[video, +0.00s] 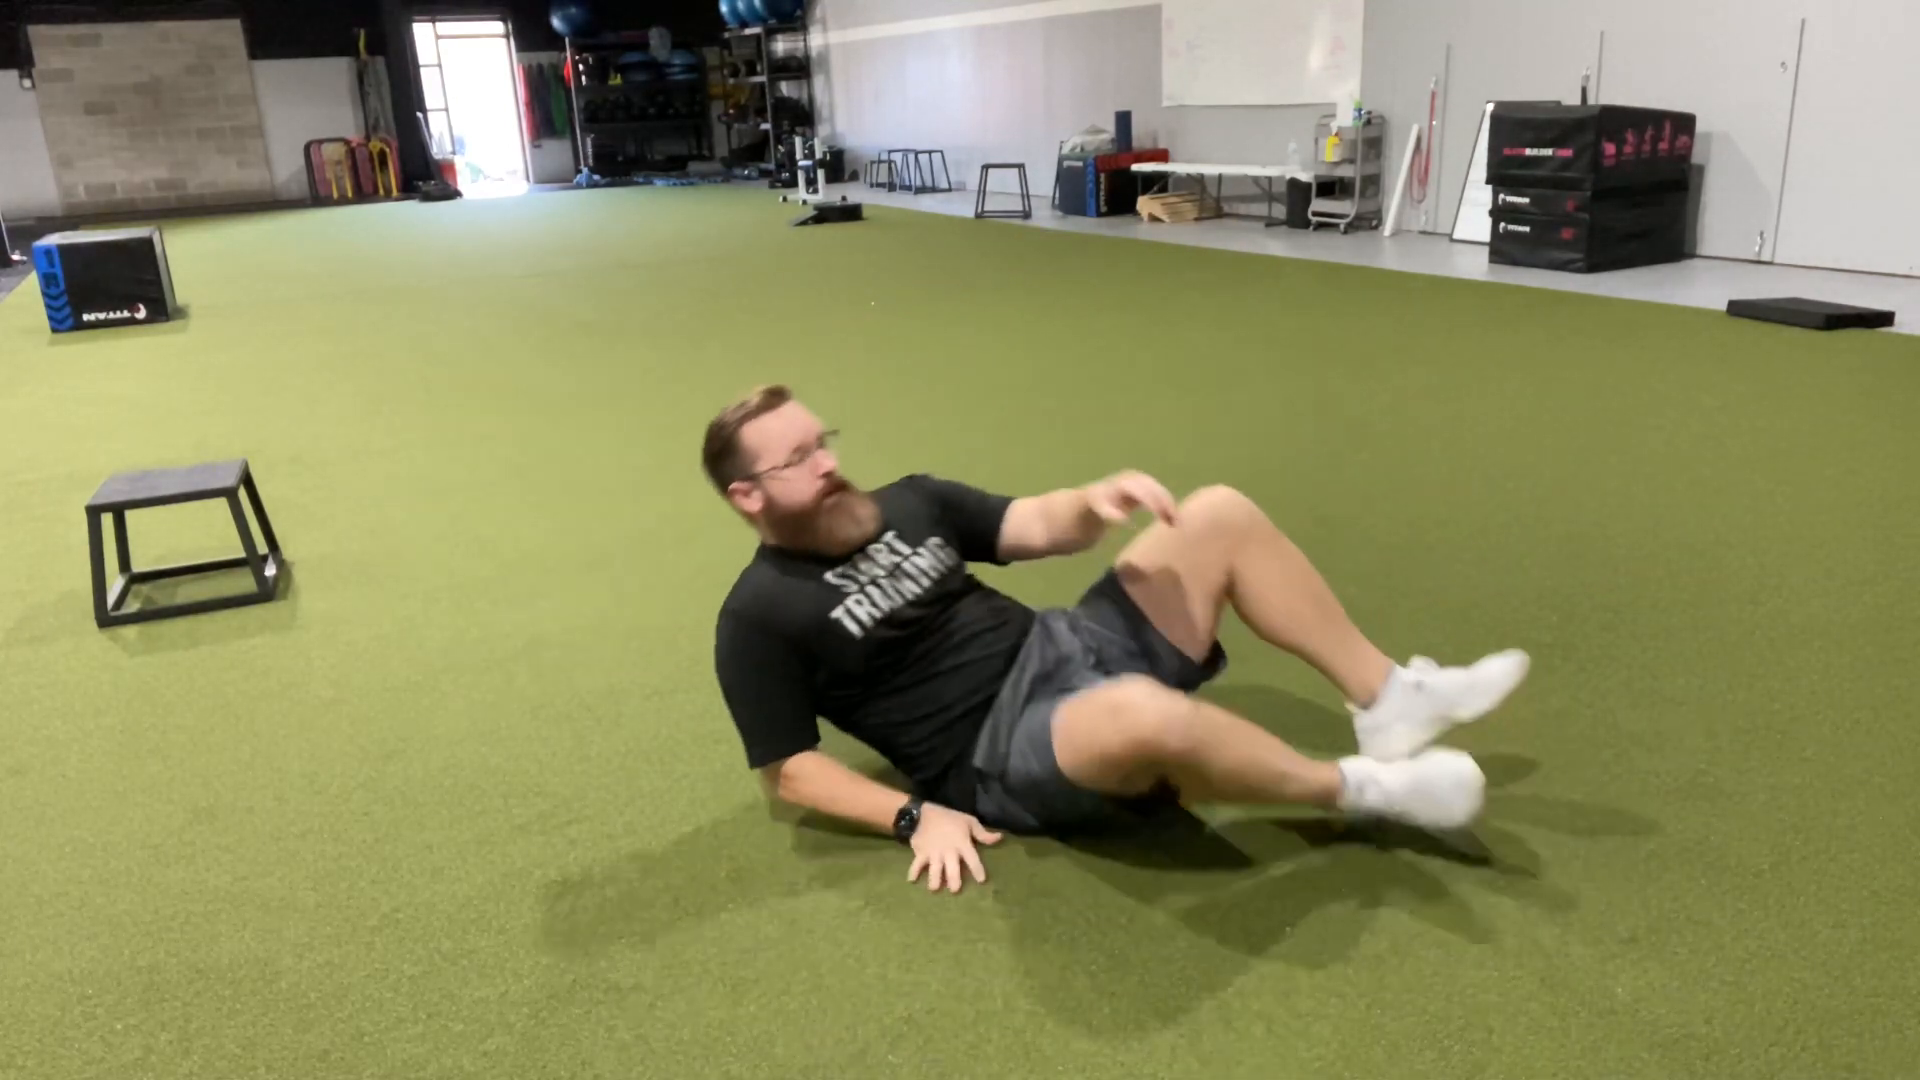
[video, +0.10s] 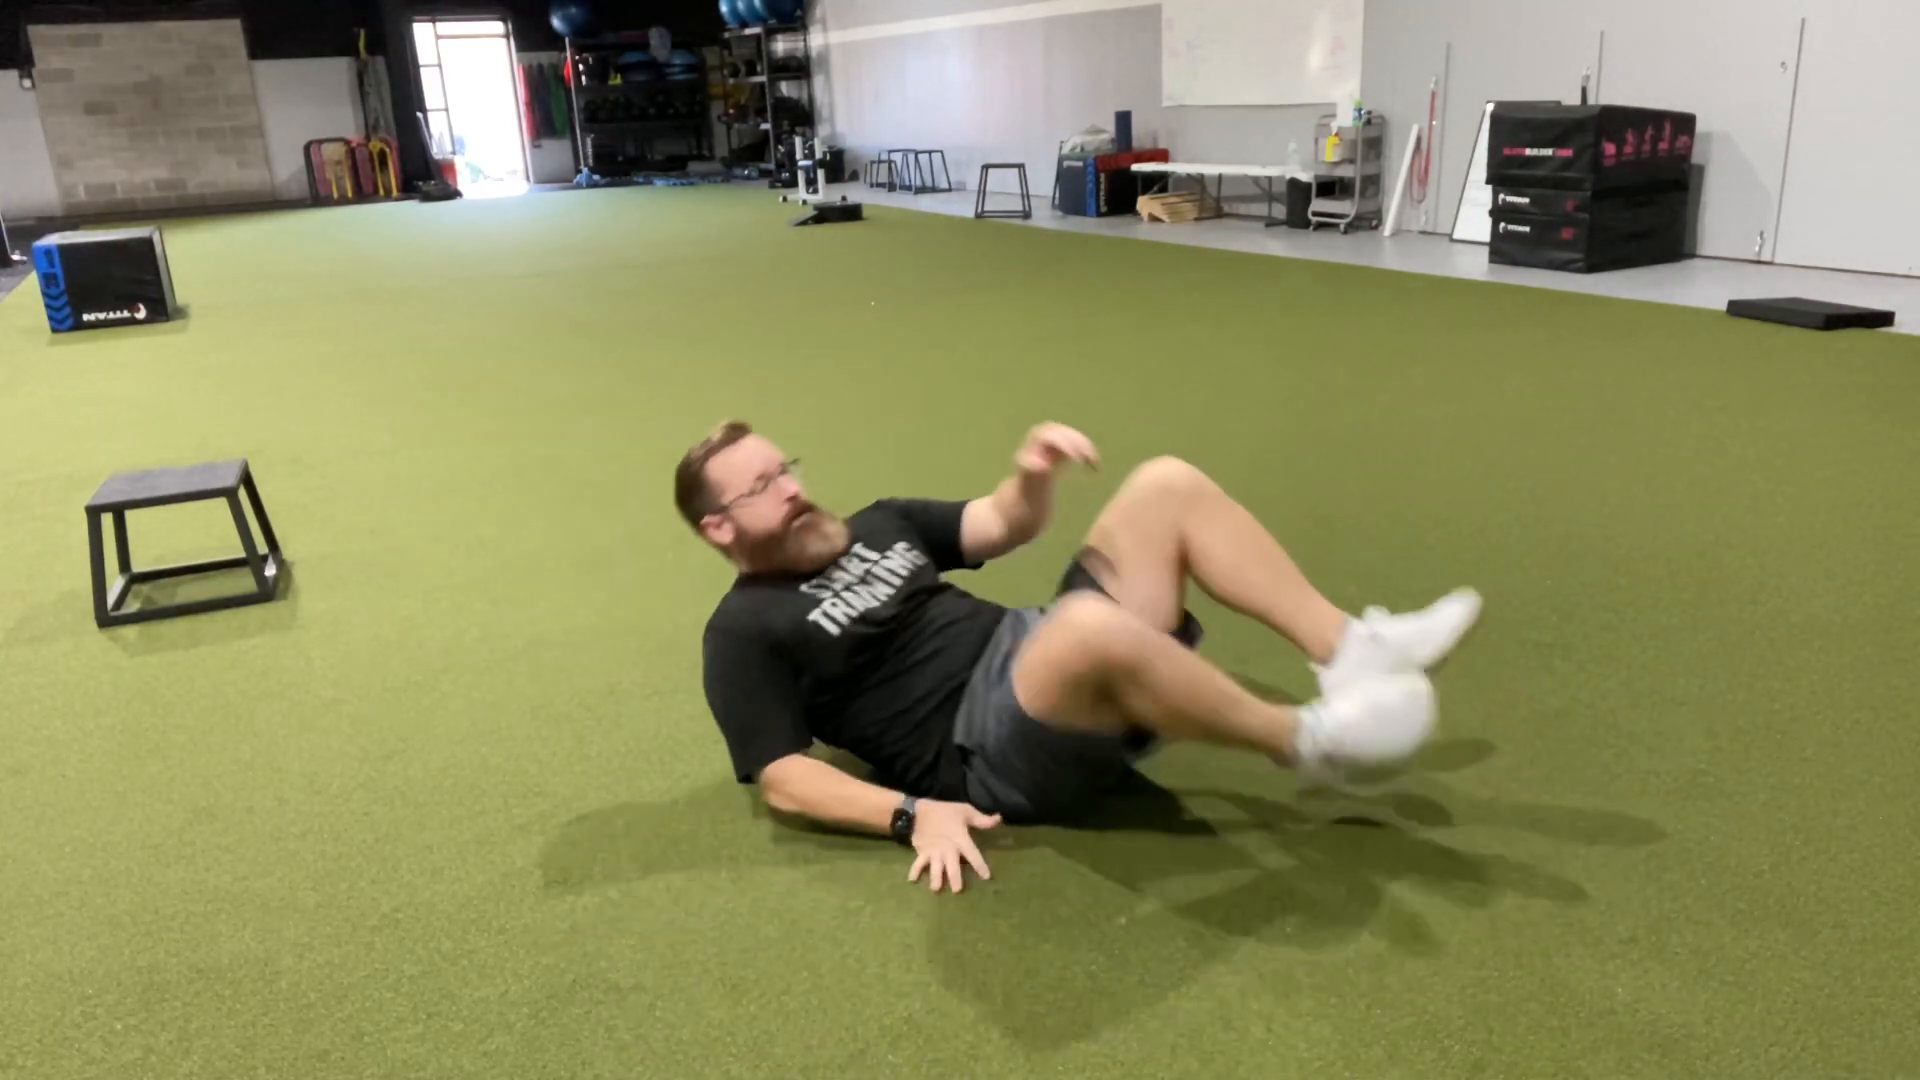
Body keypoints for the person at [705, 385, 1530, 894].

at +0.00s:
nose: (830, 463)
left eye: (824, 443)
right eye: (802, 458)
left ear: (833, 440)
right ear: (748, 499)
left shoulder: (910, 503)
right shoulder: (758, 620)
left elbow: (1032, 526)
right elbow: (788, 771)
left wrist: (1096, 501)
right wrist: (913, 812)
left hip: (1071, 643)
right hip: (1005, 742)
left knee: (1218, 514)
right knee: (1149, 717)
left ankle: (1388, 697)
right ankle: (1352, 791)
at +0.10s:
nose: (797, 489)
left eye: (789, 471)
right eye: (769, 486)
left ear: (799, 473)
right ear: (721, 530)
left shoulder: (879, 525)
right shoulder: (743, 636)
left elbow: (1002, 526)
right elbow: (783, 778)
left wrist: (1029, 479)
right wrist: (915, 812)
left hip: (1053, 650)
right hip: (988, 749)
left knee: (1167, 490)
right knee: (1094, 636)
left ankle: (1350, 648)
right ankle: (1305, 739)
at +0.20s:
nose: (765, 518)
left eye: (756, 502)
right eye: (735, 520)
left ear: (773, 505)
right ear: (700, 568)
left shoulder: (861, 554)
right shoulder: (731, 652)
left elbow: (976, 534)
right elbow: (778, 776)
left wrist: (971, 458)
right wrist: (910, 791)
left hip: (1061, 693)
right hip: (982, 760)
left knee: (1105, 456)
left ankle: (1295, 589)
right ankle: (1248, 665)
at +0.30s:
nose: (733, 540)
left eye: (725, 527)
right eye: (703, 550)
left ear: (752, 532)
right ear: (684, 602)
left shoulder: (854, 562)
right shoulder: (720, 667)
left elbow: (971, 565)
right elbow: (768, 769)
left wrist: (911, 457)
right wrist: (880, 729)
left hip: (1051, 672)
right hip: (978, 738)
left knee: (1045, 434)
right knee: (935, 488)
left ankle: (1225, 521)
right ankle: (1188, 576)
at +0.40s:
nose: (714, 564)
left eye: (710, 554)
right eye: (688, 577)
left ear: (736, 561)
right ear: (679, 631)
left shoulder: (828, 586)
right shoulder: (709, 684)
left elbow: (954, 542)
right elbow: (758, 761)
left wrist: (858, 447)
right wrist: (832, 663)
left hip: (1040, 645)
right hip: (967, 711)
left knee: (1001, 417)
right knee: (866, 457)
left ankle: (1165, 467)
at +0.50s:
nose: (709, 576)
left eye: (704, 571)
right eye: (684, 591)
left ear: (729, 581)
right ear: (674, 645)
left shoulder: (811, 614)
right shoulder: (701, 687)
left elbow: (917, 536)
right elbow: (742, 744)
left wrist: (823, 476)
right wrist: (787, 608)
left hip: (1030, 633)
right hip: (943, 679)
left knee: (977, 405)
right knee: (824, 437)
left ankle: (1119, 435)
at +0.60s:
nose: (695, 589)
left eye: (691, 585)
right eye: (672, 603)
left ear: (719, 593)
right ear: (667, 655)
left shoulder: (818, 613)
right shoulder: (691, 691)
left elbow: (889, 513)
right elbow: (722, 718)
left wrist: (795, 478)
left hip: (1017, 631)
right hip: (916, 665)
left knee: (953, 399)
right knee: (787, 427)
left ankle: (1078, 403)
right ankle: (1005, 409)